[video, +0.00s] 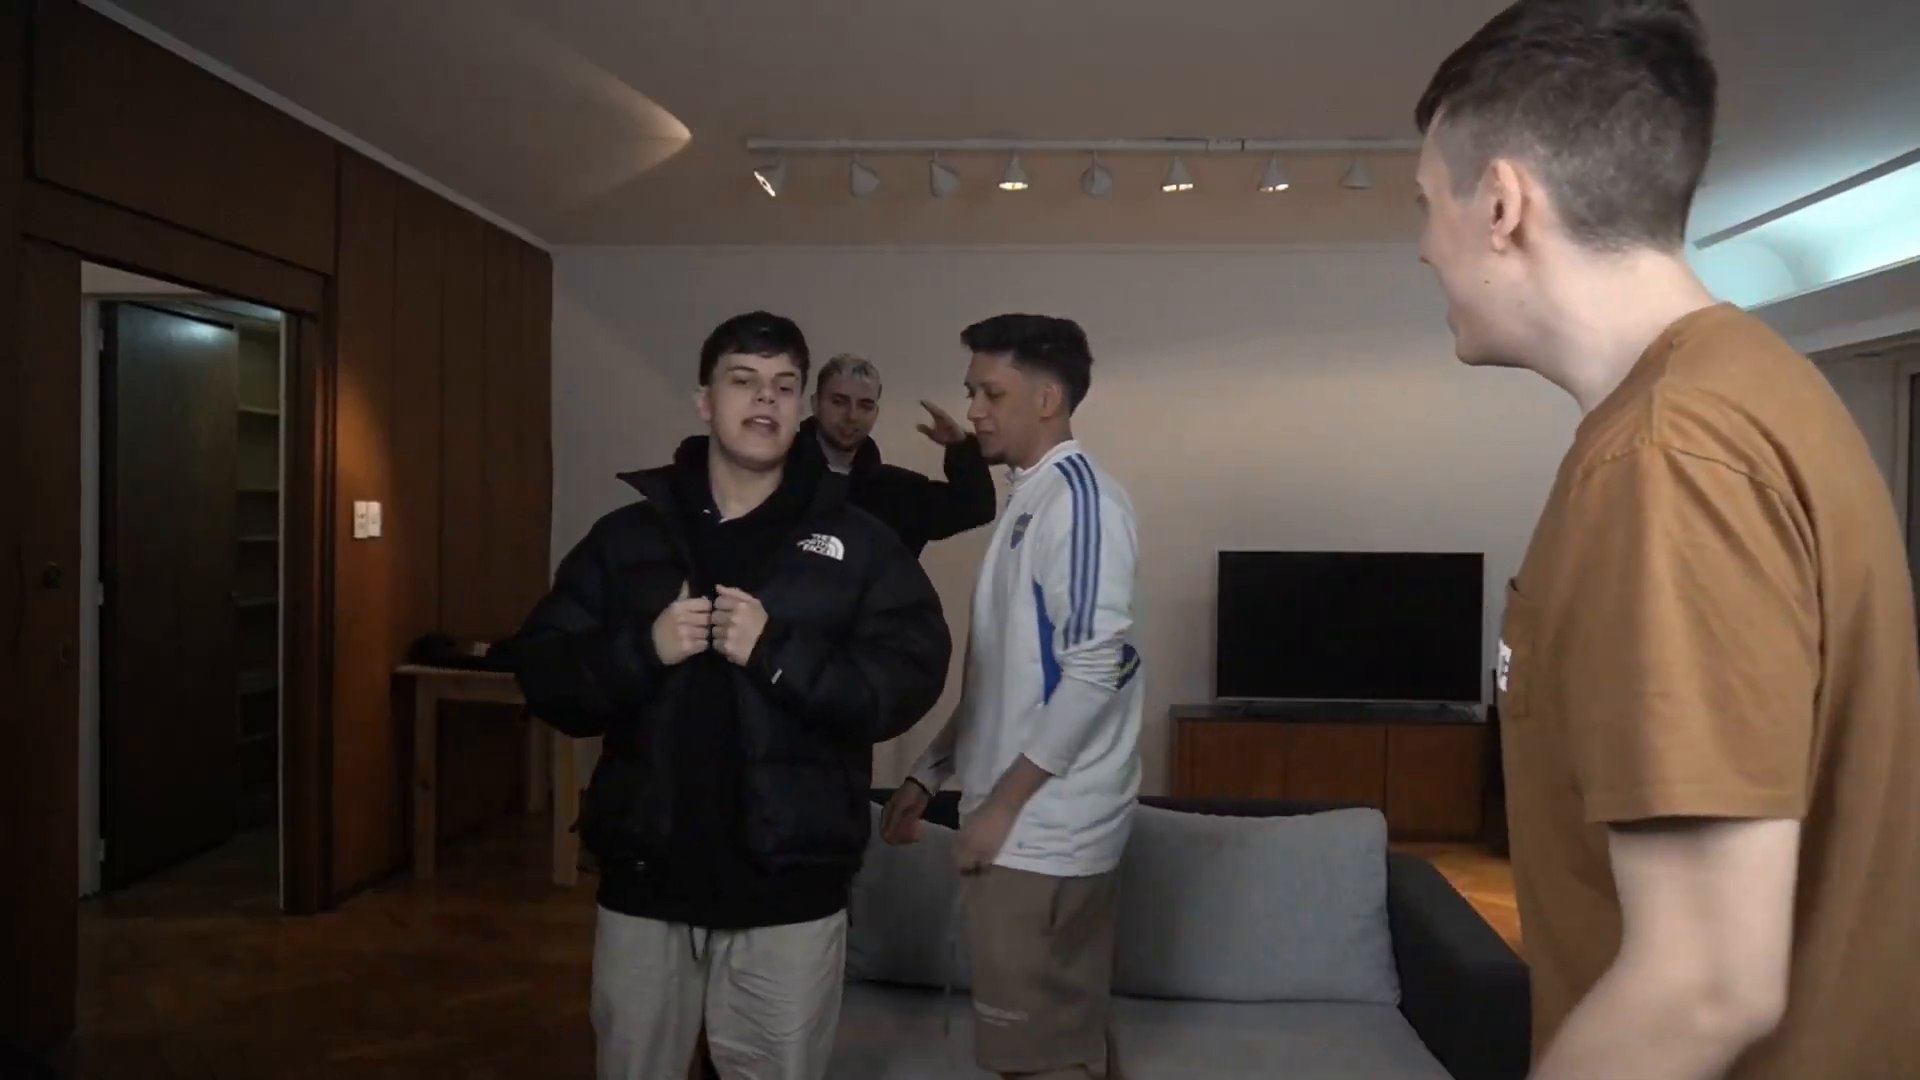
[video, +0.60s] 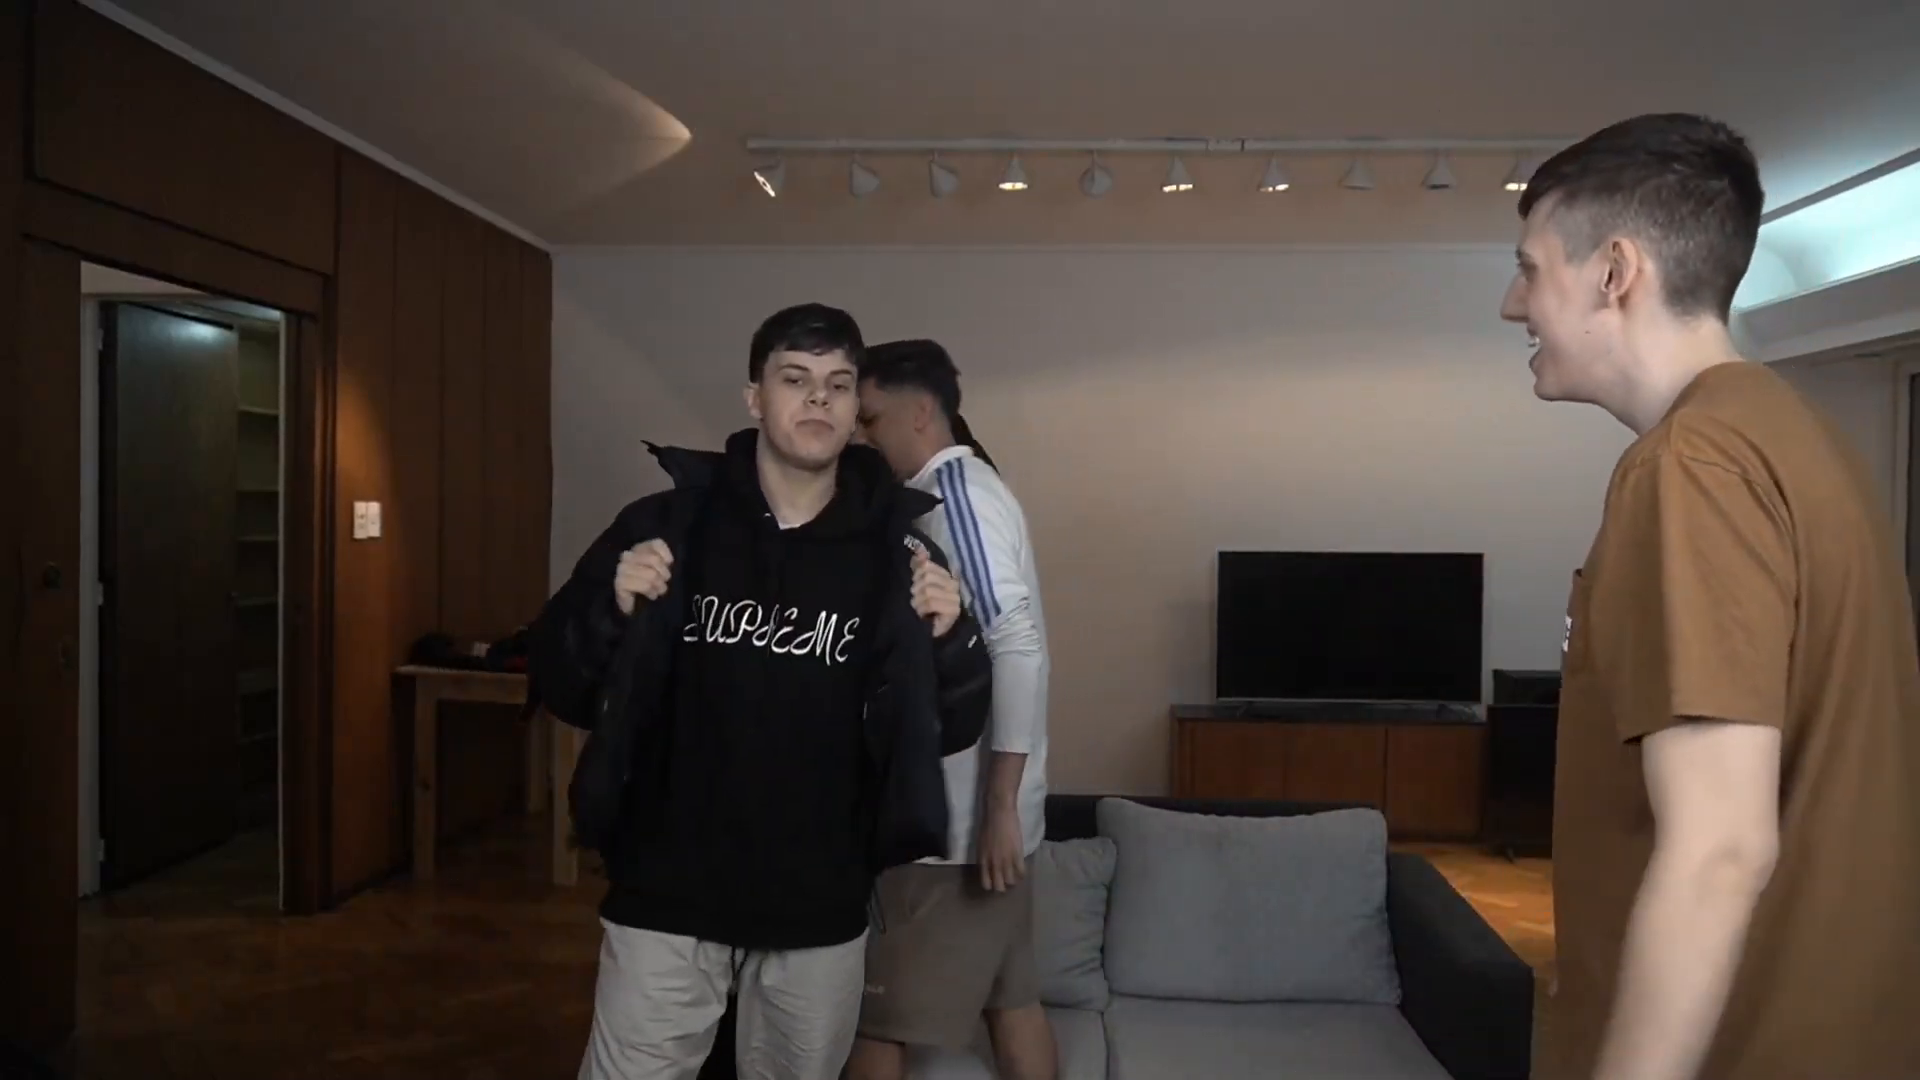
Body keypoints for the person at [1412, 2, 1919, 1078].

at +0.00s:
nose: (1427, 248)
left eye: (1427, 200)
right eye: (1421, 205)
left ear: (1504, 204)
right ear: (1654, 193)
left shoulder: (1667, 453)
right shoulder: (1766, 393)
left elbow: (1706, 984)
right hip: (1837, 1045)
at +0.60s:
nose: (1514, 303)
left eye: (1532, 268)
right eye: (1520, 270)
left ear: (1619, 274)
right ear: (1618, 276)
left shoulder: (1692, 462)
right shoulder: (1798, 439)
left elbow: (1718, 849)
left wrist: (1628, 1063)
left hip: (1726, 1052)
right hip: (1836, 1041)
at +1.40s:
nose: (1346, 328)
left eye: (1348, 300)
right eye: (1345, 301)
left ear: (1397, 306)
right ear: (1500, 299)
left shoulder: (1420, 458)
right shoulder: (1628, 453)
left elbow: (1390, 772)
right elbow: (1693, 696)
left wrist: (1209, 961)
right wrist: (1607, 853)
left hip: (1492, 1012)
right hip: (1643, 987)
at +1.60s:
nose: (1340, 347)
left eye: (1340, 318)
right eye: (1338, 318)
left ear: (1385, 321)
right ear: (1486, 313)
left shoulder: (1412, 473)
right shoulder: (1609, 462)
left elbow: (1366, 775)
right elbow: (1667, 689)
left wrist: (1197, 928)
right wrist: (1557, 795)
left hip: (1476, 986)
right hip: (1620, 962)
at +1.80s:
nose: (1378, 366)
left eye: (1380, 338)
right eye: (1378, 339)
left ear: (1420, 339)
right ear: (1516, 336)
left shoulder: (1421, 476)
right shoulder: (1625, 472)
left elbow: (1390, 744)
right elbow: (1665, 663)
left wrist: (1284, 950)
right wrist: (1523, 683)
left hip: (1469, 964)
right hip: (1619, 952)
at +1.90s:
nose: (1409, 380)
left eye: (1410, 354)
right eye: (1410, 354)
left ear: (1439, 351)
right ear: (1538, 346)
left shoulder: (1429, 479)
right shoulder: (1639, 474)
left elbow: (1416, 726)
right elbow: (1683, 648)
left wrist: (1334, 942)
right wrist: (1556, 644)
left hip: (1481, 942)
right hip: (1634, 935)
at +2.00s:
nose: (1435, 390)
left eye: (1434, 366)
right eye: (1436, 365)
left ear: (1456, 364)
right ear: (1555, 358)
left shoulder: (1445, 479)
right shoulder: (1664, 477)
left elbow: (1433, 708)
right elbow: (1691, 650)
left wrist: (1373, 921)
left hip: (1501, 932)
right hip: (1669, 927)